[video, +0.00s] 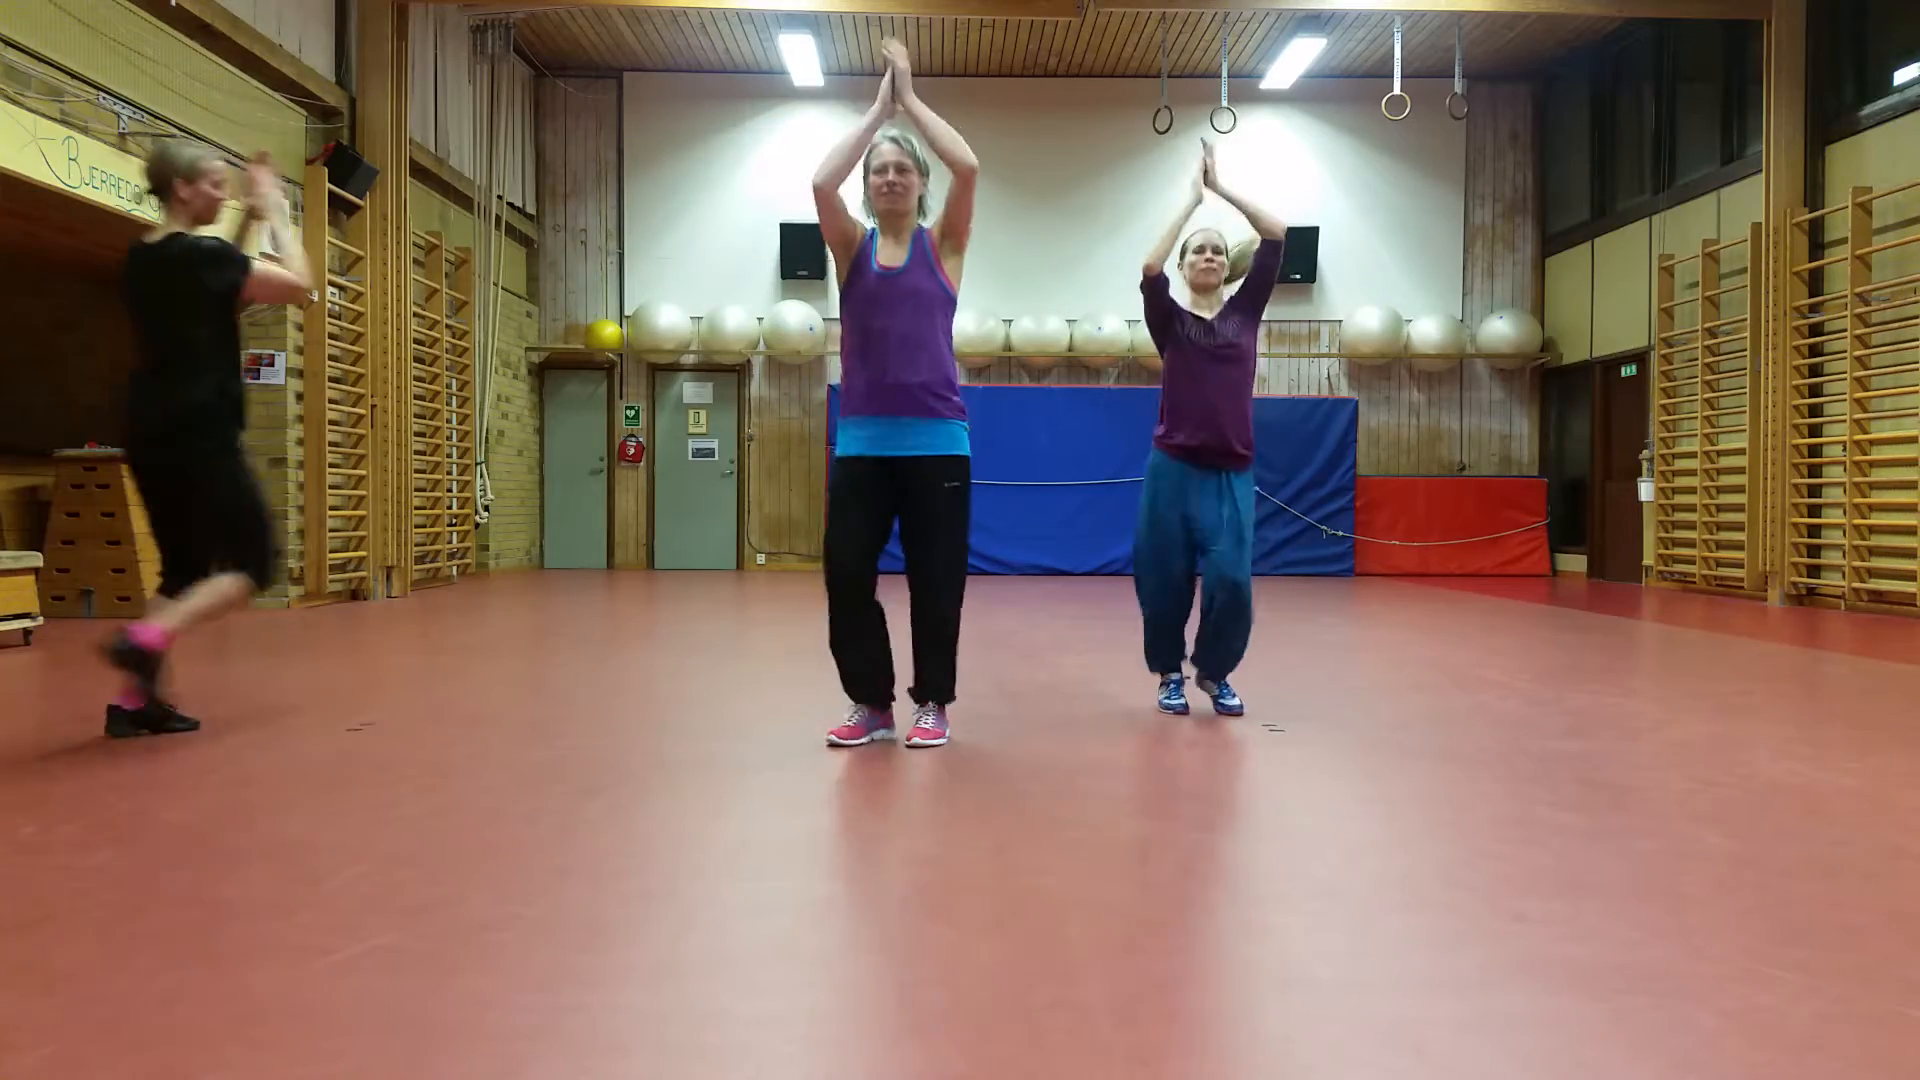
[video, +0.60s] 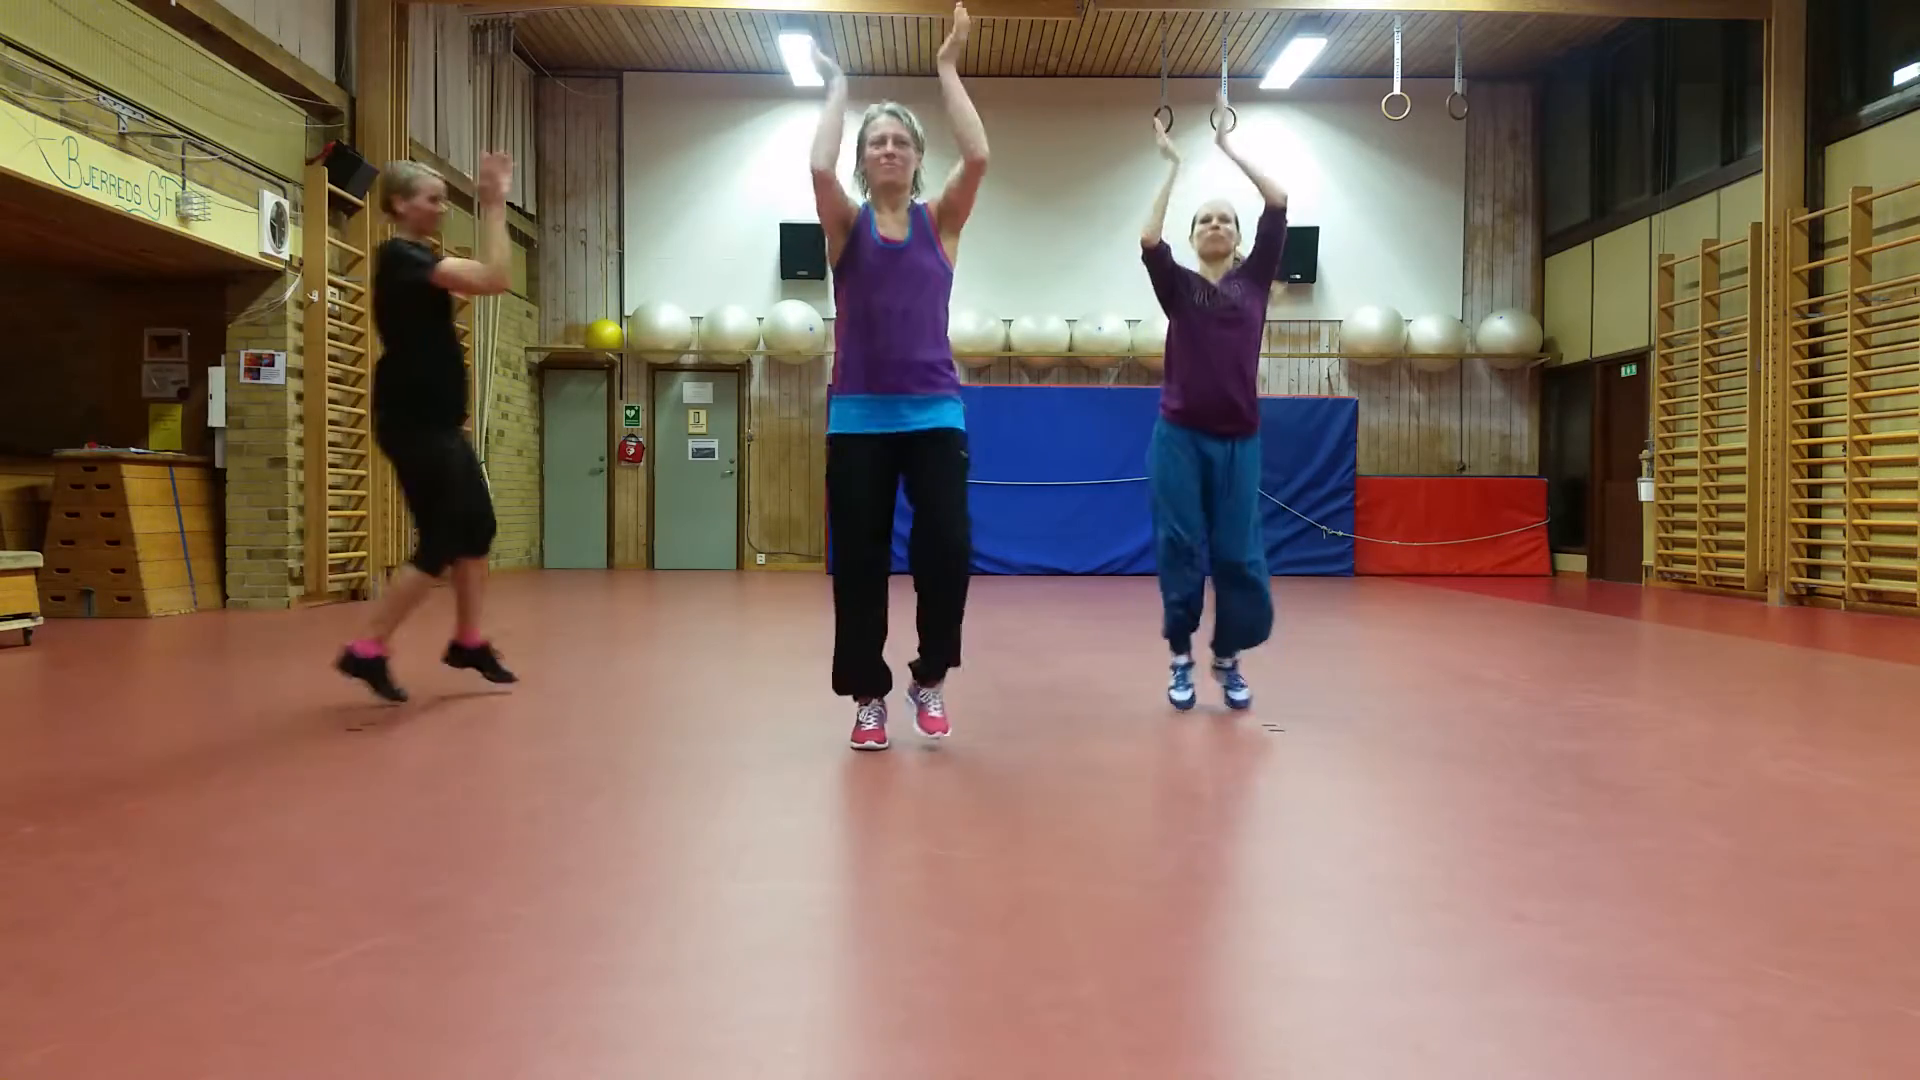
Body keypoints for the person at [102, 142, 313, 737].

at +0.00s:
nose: (223, 195)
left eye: (224, 185)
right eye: (216, 184)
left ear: (171, 193)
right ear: (183, 189)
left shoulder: (140, 256)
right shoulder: (208, 256)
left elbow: (222, 283)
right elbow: (300, 283)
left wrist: (251, 213)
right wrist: (273, 210)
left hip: (149, 435)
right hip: (203, 435)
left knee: (182, 564)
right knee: (252, 563)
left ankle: (142, 700)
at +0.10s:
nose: (265, 182)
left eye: (265, 174)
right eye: (256, 173)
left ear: (221, 182)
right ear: (220, 180)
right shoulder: (229, 244)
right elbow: (324, 277)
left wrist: (323, 204)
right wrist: (325, 195)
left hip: (202, 431)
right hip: (243, 430)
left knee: (204, 555)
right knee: (318, 535)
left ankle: (145, 682)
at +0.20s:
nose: (305, 191)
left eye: (305, 182)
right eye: (295, 181)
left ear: (274, 188)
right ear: (261, 185)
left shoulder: (264, 242)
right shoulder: (261, 245)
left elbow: (349, 270)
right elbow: (349, 272)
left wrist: (364, 202)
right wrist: (365, 202)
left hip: (252, 419)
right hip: (289, 419)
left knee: (251, 543)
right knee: (339, 533)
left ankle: (186, 664)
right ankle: (343, 663)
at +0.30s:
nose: (342, 219)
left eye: (343, 210)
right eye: (333, 209)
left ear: (311, 217)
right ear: (297, 213)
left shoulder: (311, 271)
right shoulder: (302, 276)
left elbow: (386, 285)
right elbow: (388, 290)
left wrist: (396, 220)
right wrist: (391, 220)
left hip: (309, 443)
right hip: (330, 444)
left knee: (322, 561)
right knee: (365, 556)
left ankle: (231, 649)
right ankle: (340, 681)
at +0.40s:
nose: (375, 231)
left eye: (377, 222)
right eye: (365, 221)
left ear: (360, 227)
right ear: (333, 225)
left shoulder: (344, 281)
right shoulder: (332, 285)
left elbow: (416, 305)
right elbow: (422, 307)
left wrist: (426, 238)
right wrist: (429, 233)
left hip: (363, 445)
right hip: (356, 449)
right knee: (394, 561)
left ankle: (302, 621)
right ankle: (341, 683)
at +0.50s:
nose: (410, 211)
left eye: (410, 202)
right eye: (400, 202)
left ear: (385, 210)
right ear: (368, 209)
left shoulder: (380, 263)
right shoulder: (366, 265)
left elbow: (455, 291)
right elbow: (459, 287)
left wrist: (462, 214)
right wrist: (464, 215)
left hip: (400, 432)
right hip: (382, 435)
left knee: (461, 523)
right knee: (398, 561)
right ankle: (342, 671)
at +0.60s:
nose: (441, 208)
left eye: (443, 199)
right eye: (432, 199)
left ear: (431, 205)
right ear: (400, 204)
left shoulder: (424, 256)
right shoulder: (398, 256)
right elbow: (492, 278)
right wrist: (494, 203)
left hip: (438, 414)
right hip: (410, 416)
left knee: (475, 525)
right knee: (448, 533)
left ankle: (468, 641)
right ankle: (367, 648)